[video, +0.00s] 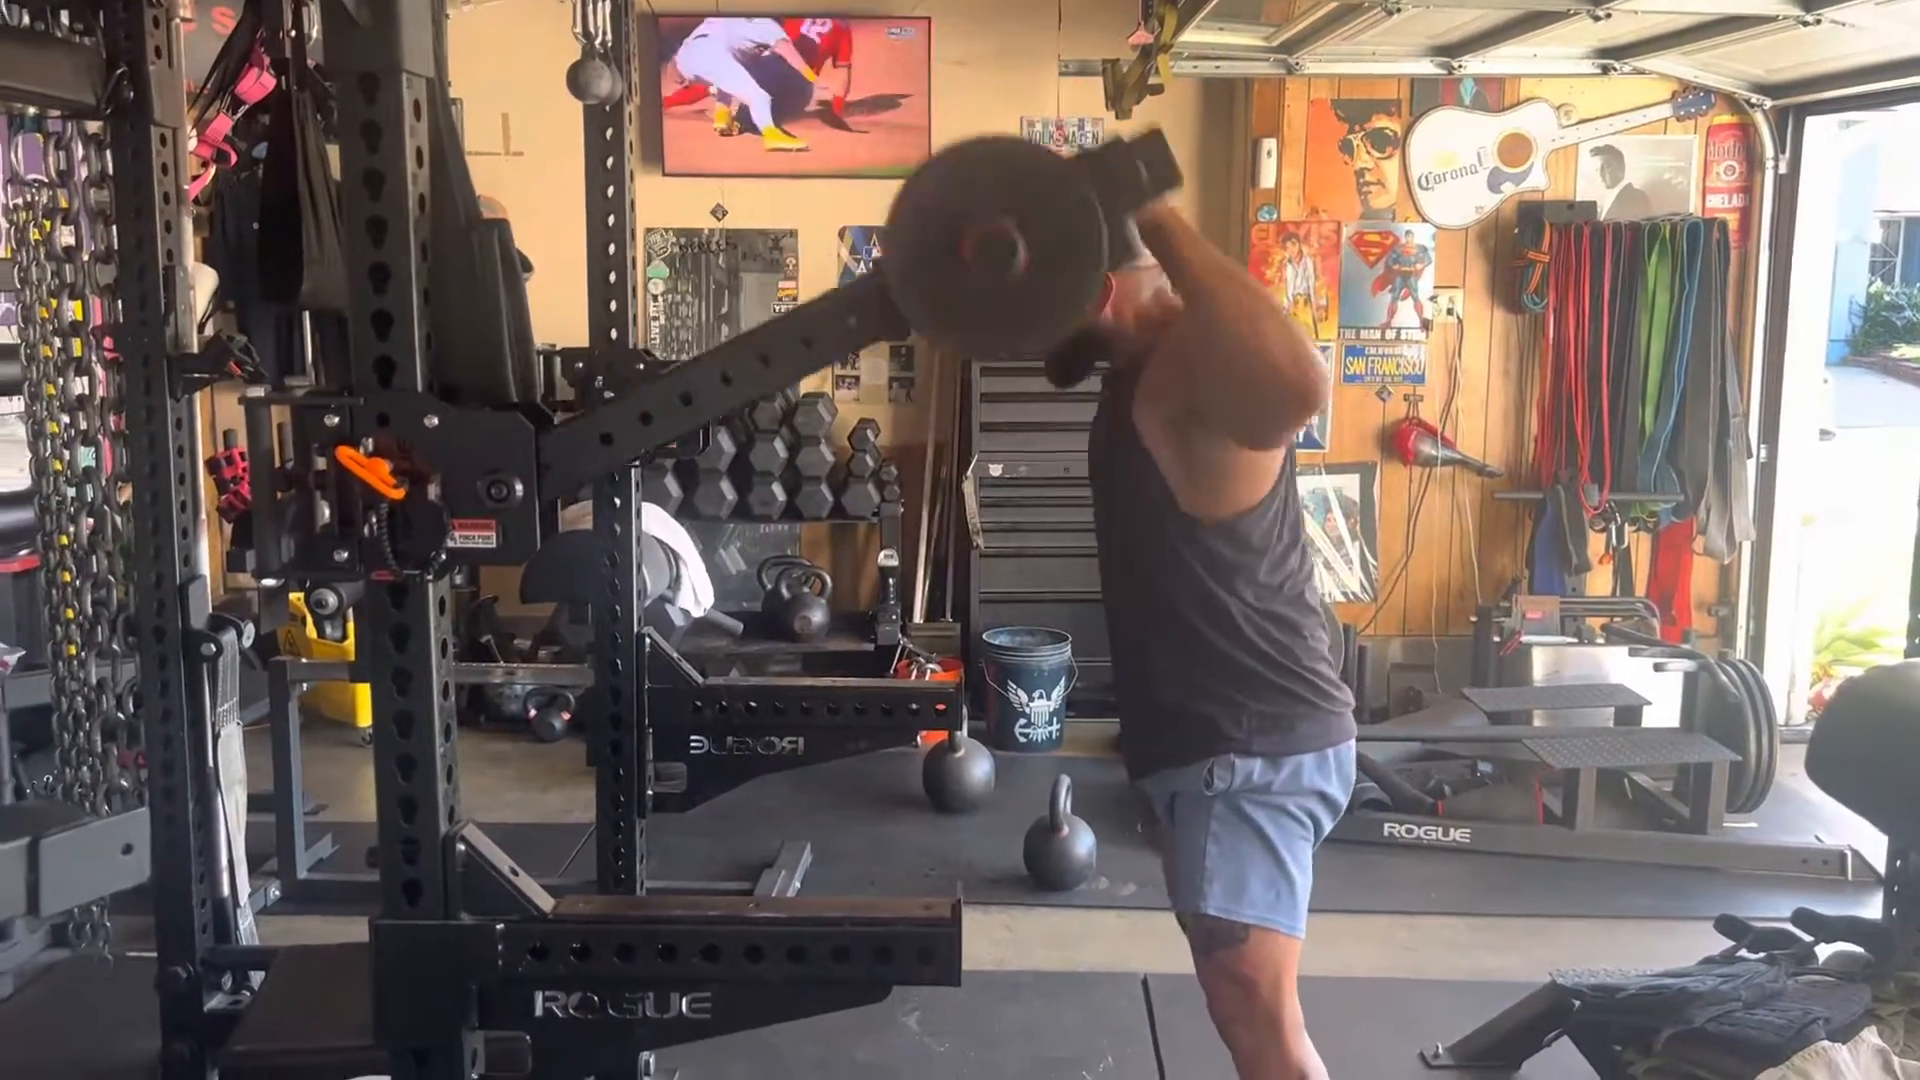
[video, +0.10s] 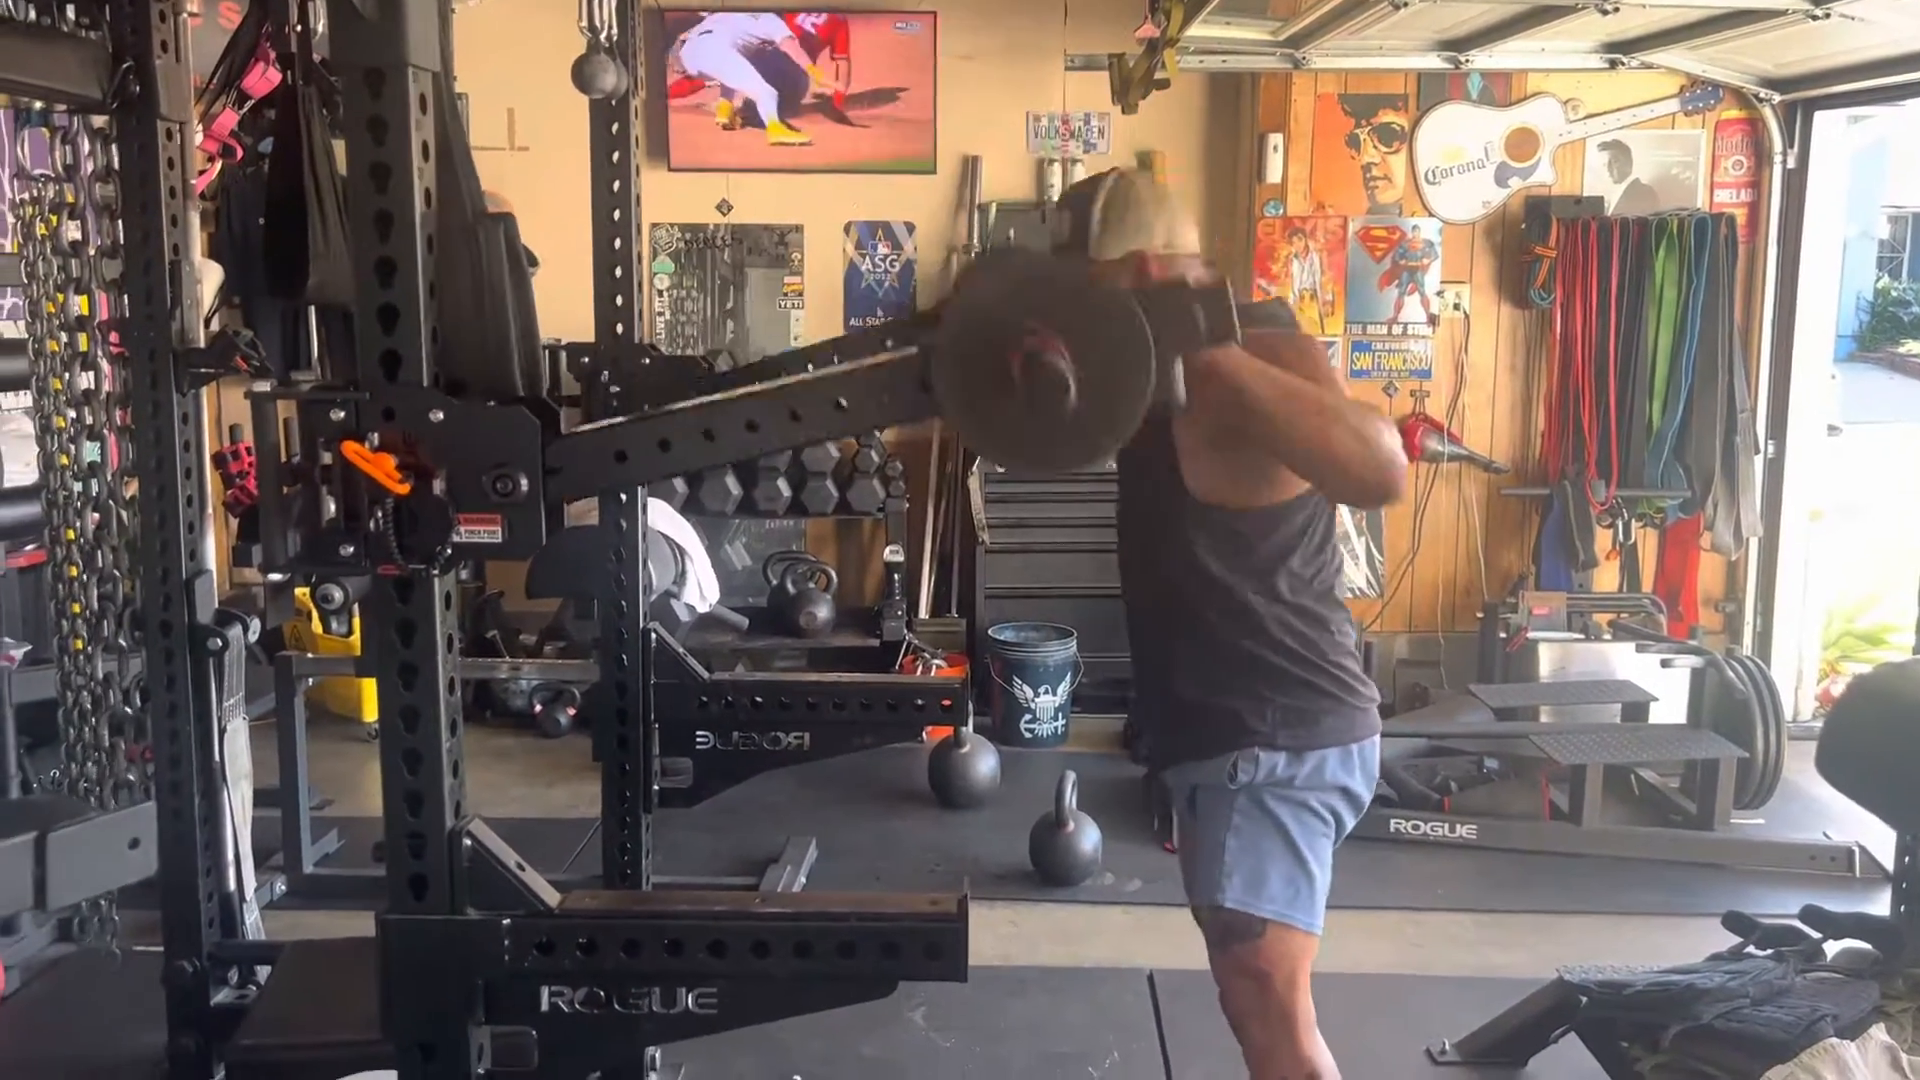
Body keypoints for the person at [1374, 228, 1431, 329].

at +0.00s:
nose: (1409, 239)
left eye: (1410, 237)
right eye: (1407, 237)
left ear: (1413, 238)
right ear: (1404, 238)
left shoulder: (1420, 249)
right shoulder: (1398, 249)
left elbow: (1428, 260)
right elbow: (1390, 260)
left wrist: (1421, 266)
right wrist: (1394, 266)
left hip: (1412, 273)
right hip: (1400, 272)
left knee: (1415, 297)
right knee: (1394, 297)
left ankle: (1421, 321)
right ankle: (1388, 321)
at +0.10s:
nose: (1415, 234)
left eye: (1417, 232)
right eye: (1414, 232)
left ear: (1420, 232)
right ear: (1411, 233)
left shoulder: (1427, 243)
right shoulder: (1405, 244)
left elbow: (1435, 255)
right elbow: (1397, 255)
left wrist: (1428, 261)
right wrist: (1400, 261)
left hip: (1418, 268)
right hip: (1407, 268)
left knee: (1422, 291)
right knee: (1401, 292)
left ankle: (1428, 316)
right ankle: (1395, 316)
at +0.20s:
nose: (1422, 229)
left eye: (1424, 227)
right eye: (1421, 227)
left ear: (1427, 227)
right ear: (1418, 227)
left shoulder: (1434, 238)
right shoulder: (1412, 238)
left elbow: (1442, 250)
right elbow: (1403, 250)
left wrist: (1435, 256)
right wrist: (1407, 256)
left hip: (1425, 262)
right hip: (1413, 262)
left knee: (1428, 286)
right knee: (1408, 286)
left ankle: (1435, 311)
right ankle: (1402, 311)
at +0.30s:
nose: (1429, 224)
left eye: (1431, 222)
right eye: (1428, 222)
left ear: (1434, 222)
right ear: (1425, 222)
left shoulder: (1440, 233)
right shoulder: (1418, 233)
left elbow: (1449, 244)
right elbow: (1410, 244)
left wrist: (1442, 250)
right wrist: (1414, 250)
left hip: (1432, 257)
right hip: (1420, 257)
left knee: (1435, 281)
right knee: (1415, 281)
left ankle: (1442, 306)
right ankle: (1409, 304)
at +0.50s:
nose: (1443, 213)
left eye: (1445, 210)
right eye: (1441, 210)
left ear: (1447, 211)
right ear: (1439, 211)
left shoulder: (1454, 221)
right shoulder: (1433, 221)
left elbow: (1463, 233)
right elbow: (1424, 233)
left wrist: (1456, 239)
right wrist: (1427, 239)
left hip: (1446, 246)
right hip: (1434, 246)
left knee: (1450, 271)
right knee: (1428, 271)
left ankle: (1456, 295)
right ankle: (1422, 296)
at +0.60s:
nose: (1454, 205)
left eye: (1455, 203)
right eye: (1452, 203)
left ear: (1458, 203)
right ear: (1449, 204)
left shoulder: (1465, 214)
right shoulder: (1443, 214)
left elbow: (1472, 225)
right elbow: (1434, 225)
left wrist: (1465, 232)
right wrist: (1438, 232)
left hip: (1456, 238)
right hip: (1444, 238)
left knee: (1459, 262)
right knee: (1439, 262)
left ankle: (1466, 287)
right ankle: (1431, 288)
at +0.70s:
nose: (1463, 197)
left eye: (1465, 195)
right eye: (1461, 195)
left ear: (1467, 196)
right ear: (1458, 196)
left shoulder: (1474, 207)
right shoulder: (1452, 206)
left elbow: (1482, 218)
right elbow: (1443, 218)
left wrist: (1475, 224)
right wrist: (1448, 224)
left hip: (1466, 231)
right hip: (1454, 231)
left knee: (1469, 255)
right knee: (1448, 255)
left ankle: (1475, 280)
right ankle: (1441, 280)